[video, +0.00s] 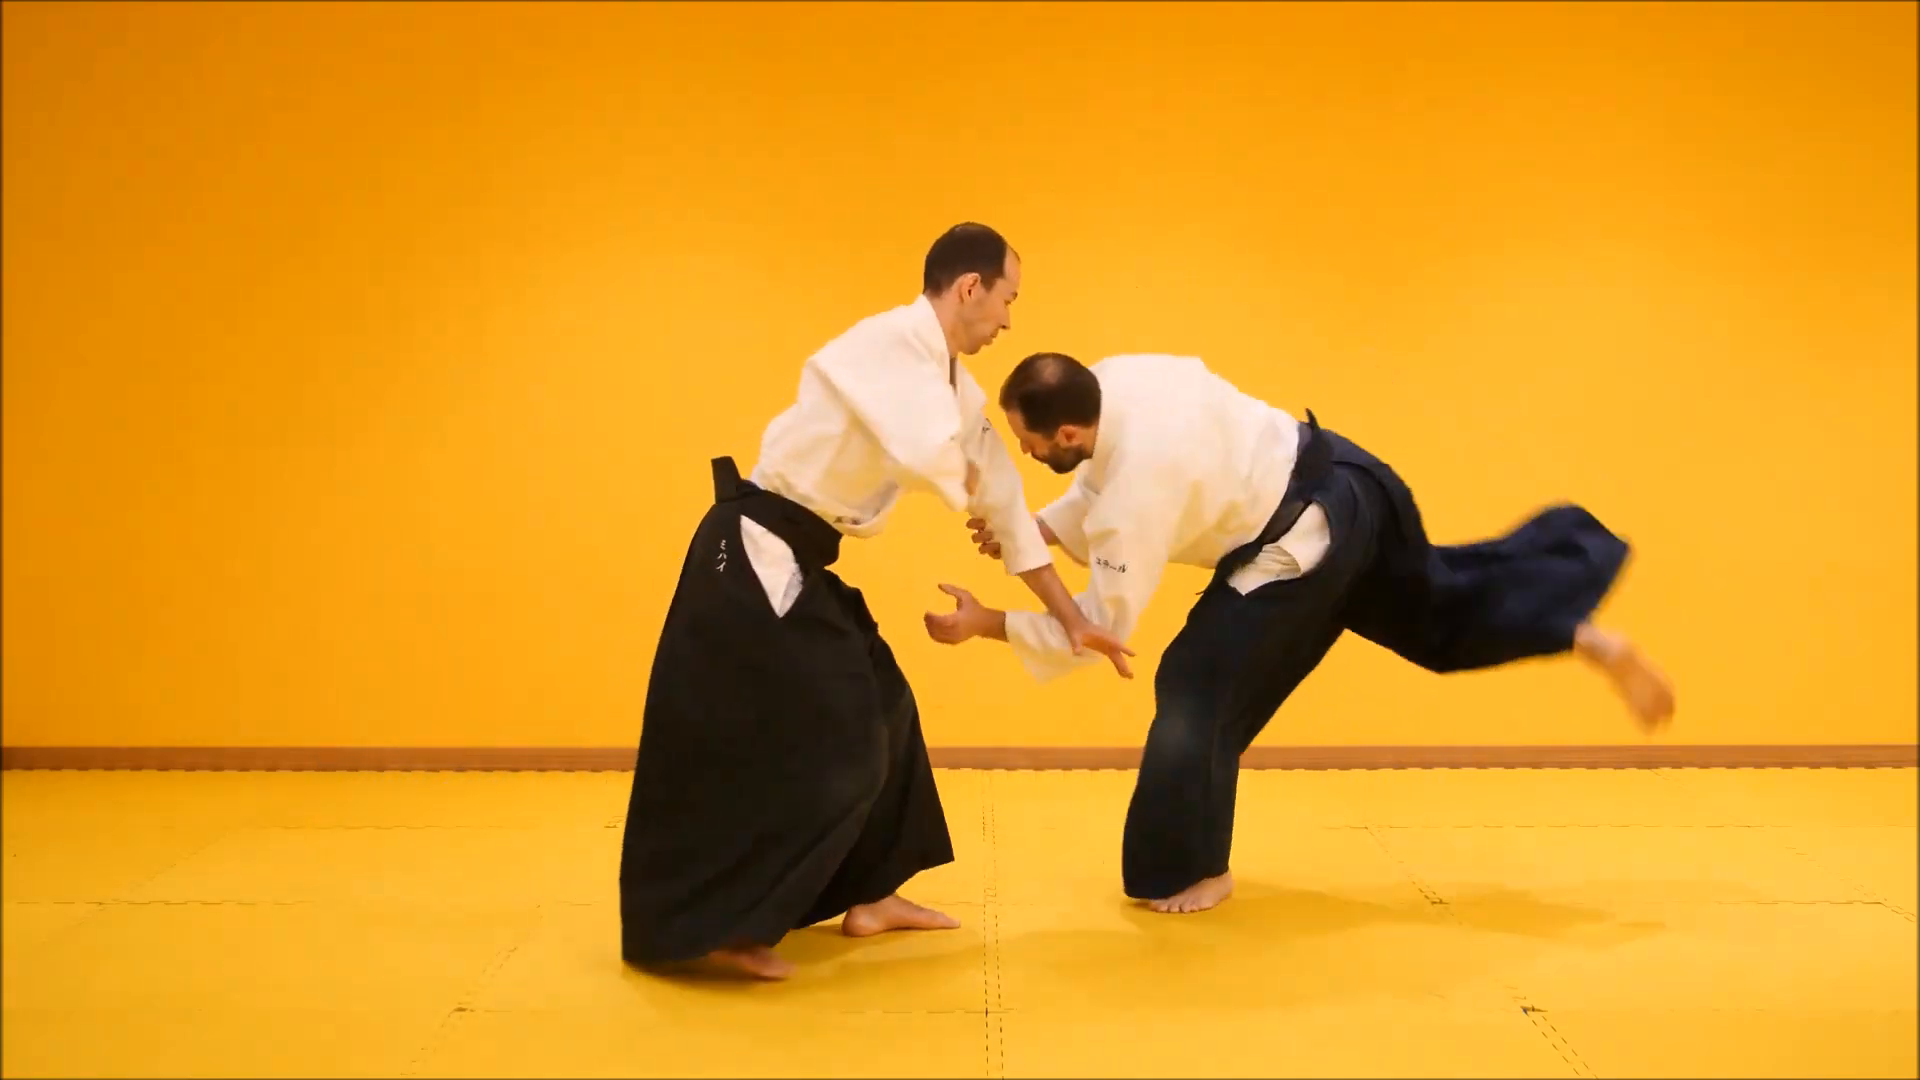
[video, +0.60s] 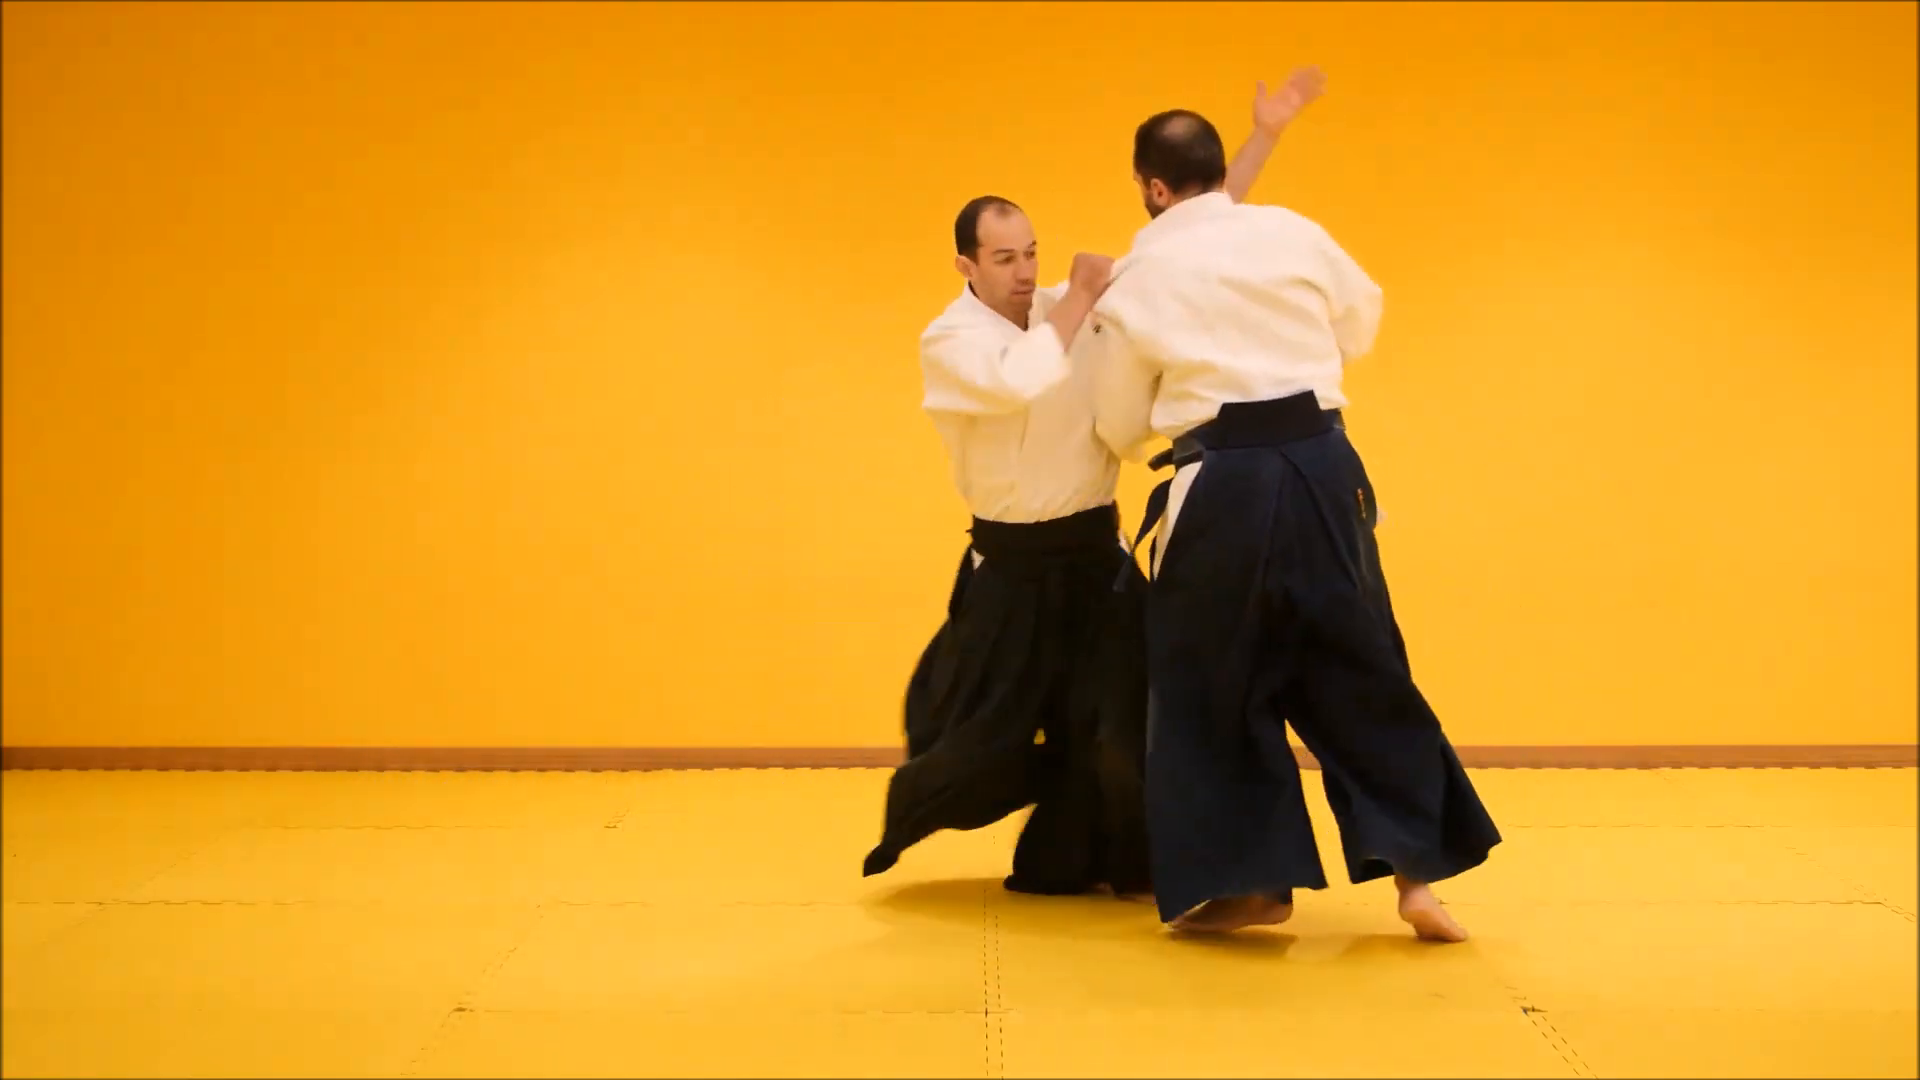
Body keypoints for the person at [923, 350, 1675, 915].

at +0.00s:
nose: (1022, 447)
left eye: (1025, 437)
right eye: (1019, 432)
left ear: (1067, 432)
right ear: (1077, 400)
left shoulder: (1134, 474)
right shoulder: (1121, 383)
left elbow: (1109, 618)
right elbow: (1092, 497)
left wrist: (994, 622)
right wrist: (1017, 540)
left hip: (1298, 540)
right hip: (1337, 473)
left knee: (1195, 687)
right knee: (1437, 619)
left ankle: (1190, 870)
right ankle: (1576, 625)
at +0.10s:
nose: (1059, 416)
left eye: (1056, 406)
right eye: (1056, 405)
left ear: (1073, 396)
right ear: (1104, 358)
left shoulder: (1130, 452)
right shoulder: (1171, 352)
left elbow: (1116, 598)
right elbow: (1148, 476)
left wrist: (1020, 596)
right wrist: (1069, 495)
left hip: (1315, 536)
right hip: (1390, 489)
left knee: (1198, 686)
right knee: (1451, 672)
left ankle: (1206, 870)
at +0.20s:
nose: (1121, 363)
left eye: (1116, 349)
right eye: (1117, 350)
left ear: (1139, 331)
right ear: (1179, 310)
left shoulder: (1173, 387)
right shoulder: (1263, 331)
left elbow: (1121, 542)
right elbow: (1200, 448)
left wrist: (1049, 533)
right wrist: (1114, 472)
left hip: (1317, 531)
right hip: (1414, 509)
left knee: (1195, 685)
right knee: (1442, 713)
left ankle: (1234, 872)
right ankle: (1498, 916)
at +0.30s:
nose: (1167, 297)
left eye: (1166, 284)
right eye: (1164, 286)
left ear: (1190, 272)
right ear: (1243, 262)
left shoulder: (1198, 336)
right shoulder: (1315, 298)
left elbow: (1148, 459)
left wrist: (1073, 482)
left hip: (1303, 517)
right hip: (1406, 500)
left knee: (1175, 668)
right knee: (1444, 705)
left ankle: (1244, 864)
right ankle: (1489, 913)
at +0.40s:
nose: (1179, 239)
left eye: (1179, 227)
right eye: (1179, 228)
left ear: (1198, 223)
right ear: (1265, 216)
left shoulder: (1186, 298)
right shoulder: (1331, 273)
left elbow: (1121, 442)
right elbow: (1341, 379)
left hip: (1271, 498)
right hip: (1373, 483)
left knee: (1168, 682)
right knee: (1422, 687)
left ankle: (1249, 892)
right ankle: (1489, 906)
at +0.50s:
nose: (1169, 202)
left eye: (1169, 191)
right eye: (1171, 190)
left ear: (1184, 192)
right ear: (1257, 183)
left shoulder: (1163, 282)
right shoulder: (1319, 253)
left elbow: (1117, 421)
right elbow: (1373, 353)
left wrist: (1116, 317)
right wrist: (1293, 241)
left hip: (1230, 496)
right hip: (1338, 483)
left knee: (1199, 691)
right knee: (1381, 676)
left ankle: (1211, 896)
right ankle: (1463, 872)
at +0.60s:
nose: (1137, 194)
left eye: (1136, 184)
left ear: (1150, 187)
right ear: (1224, 169)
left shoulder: (1137, 281)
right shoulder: (1292, 233)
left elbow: (1120, 422)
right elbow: (1357, 327)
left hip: (1220, 480)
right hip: (1325, 467)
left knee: (1212, 679)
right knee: (1361, 667)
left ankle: (1249, 879)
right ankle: (1416, 875)